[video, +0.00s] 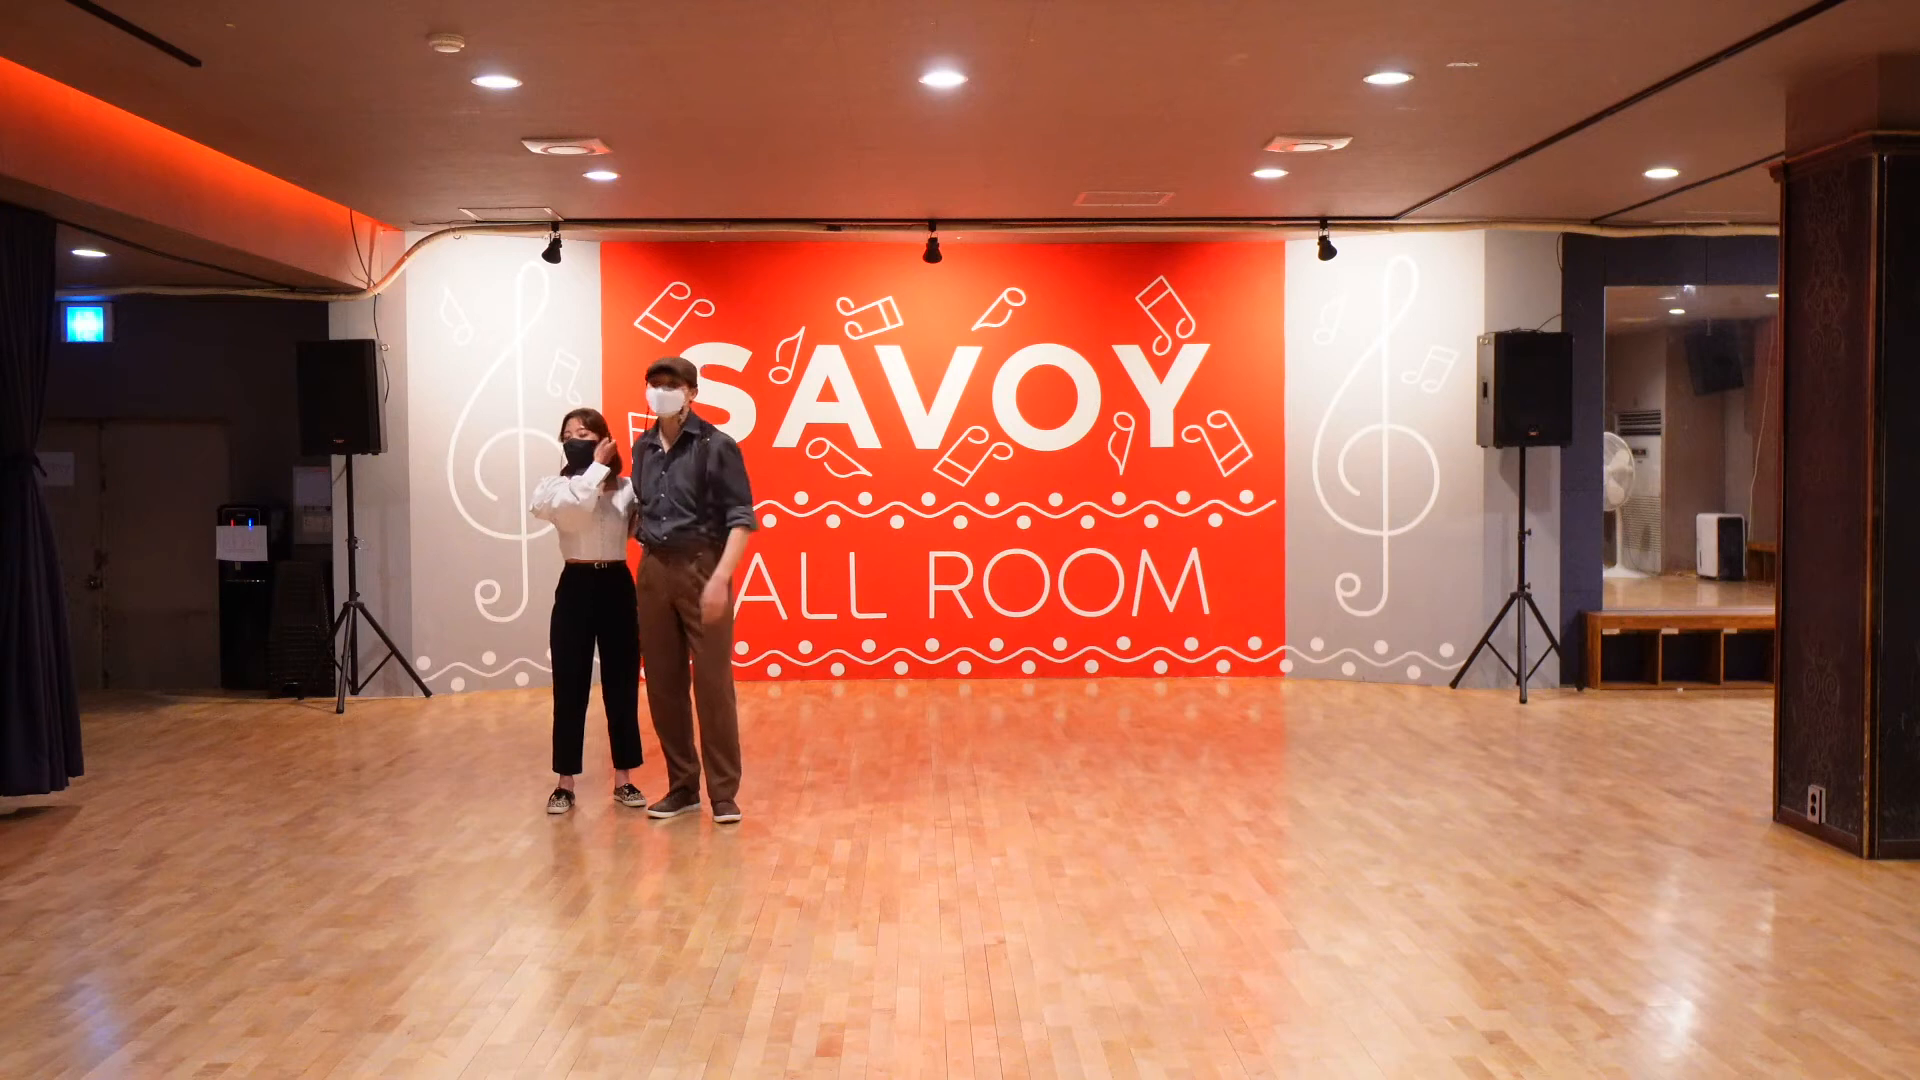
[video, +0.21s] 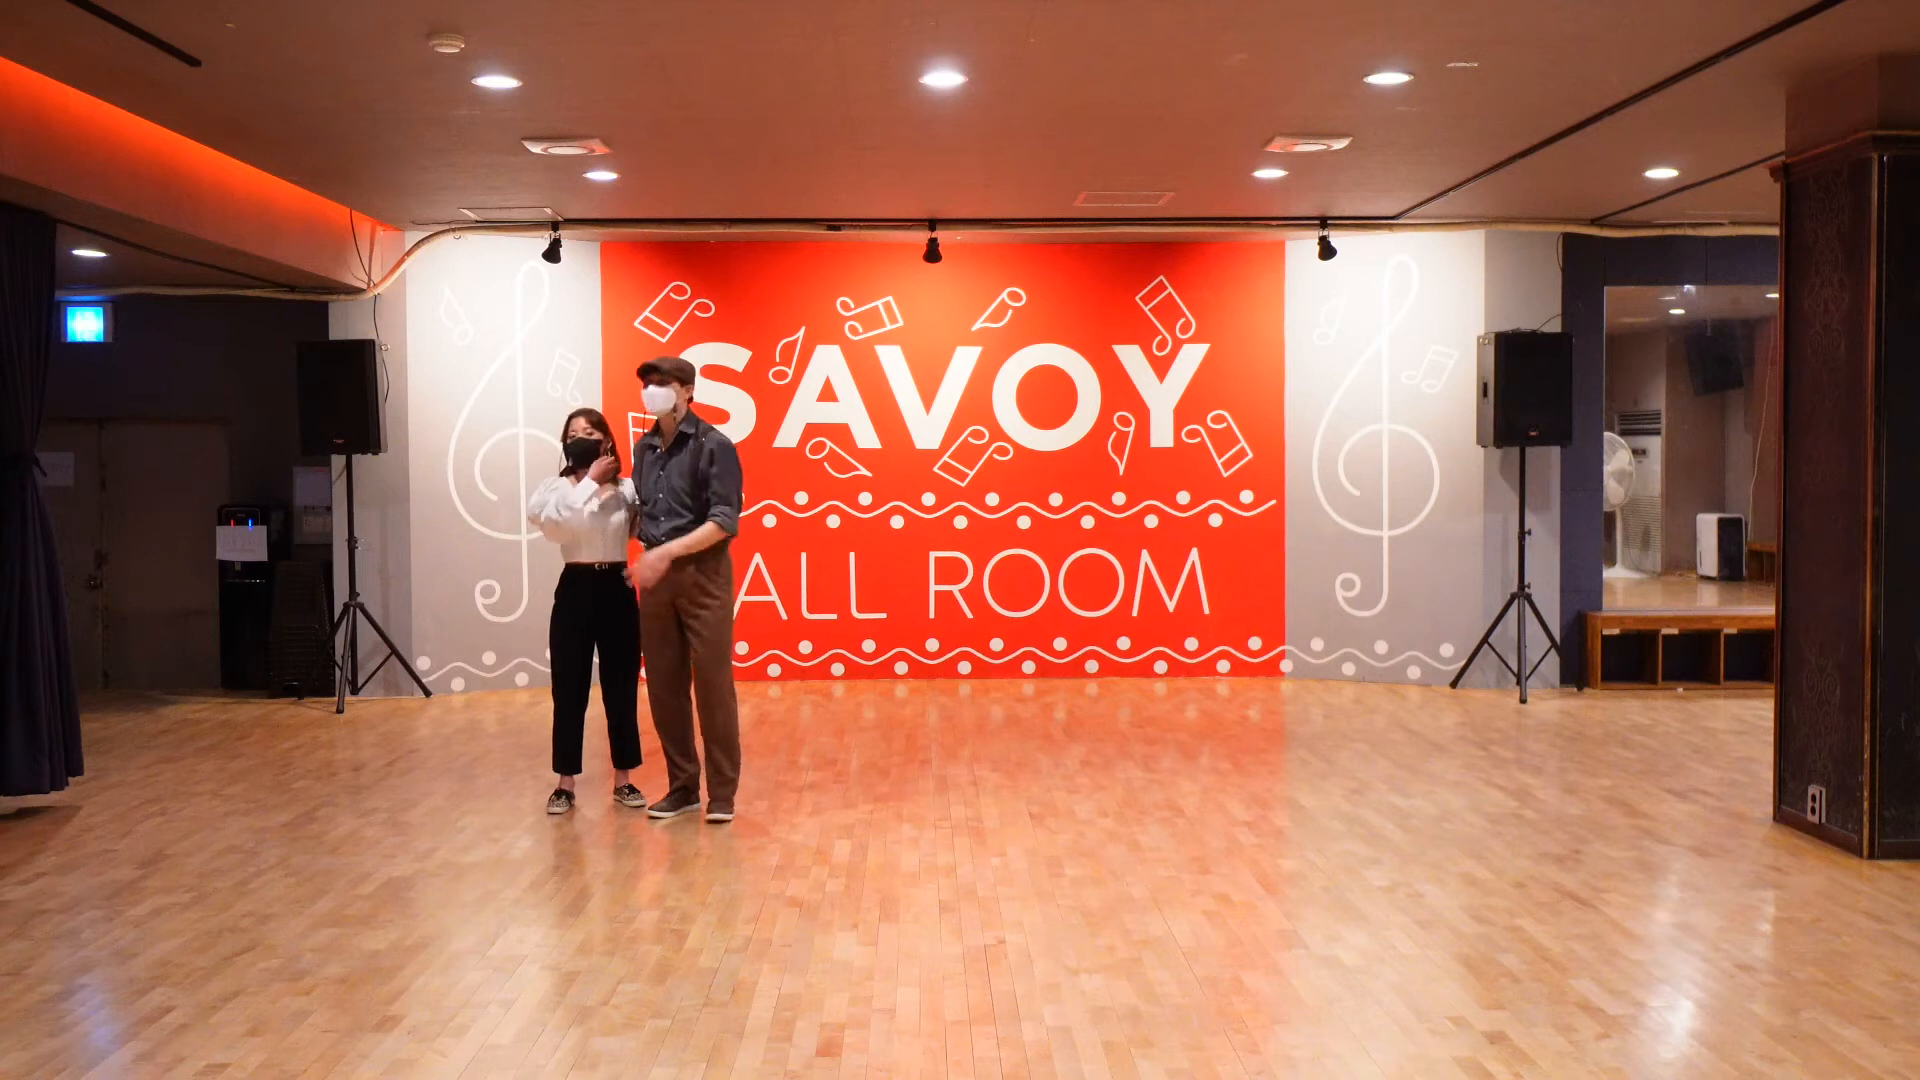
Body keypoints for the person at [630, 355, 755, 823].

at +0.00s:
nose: (660, 393)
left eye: (670, 386)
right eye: (654, 385)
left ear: (690, 394)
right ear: (647, 393)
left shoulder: (717, 446)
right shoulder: (644, 448)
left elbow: (744, 521)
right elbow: (640, 508)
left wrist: (720, 580)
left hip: (704, 569)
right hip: (653, 570)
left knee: (713, 684)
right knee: (664, 685)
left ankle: (724, 795)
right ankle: (683, 787)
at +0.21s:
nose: (648, 392)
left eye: (659, 384)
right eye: (647, 385)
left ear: (684, 392)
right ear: (648, 395)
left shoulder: (714, 445)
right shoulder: (645, 448)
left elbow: (725, 521)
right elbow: (640, 514)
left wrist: (666, 551)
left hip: (704, 570)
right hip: (656, 572)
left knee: (713, 684)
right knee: (665, 685)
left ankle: (722, 793)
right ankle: (683, 787)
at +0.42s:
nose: (646, 389)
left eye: (656, 383)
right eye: (646, 381)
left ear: (682, 390)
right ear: (650, 392)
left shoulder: (707, 444)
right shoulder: (648, 446)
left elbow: (702, 522)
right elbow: (643, 508)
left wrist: (632, 530)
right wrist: (604, 512)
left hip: (701, 569)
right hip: (658, 567)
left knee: (710, 682)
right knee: (665, 685)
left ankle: (720, 793)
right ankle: (683, 787)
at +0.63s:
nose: (635, 385)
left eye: (645, 380)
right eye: (637, 378)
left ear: (672, 391)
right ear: (659, 393)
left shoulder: (696, 446)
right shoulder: (648, 442)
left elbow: (684, 525)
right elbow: (641, 507)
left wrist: (619, 526)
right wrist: (600, 515)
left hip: (696, 569)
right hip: (656, 567)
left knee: (704, 683)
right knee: (665, 683)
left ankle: (720, 793)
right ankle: (683, 786)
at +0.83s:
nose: (632, 399)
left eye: (641, 393)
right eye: (634, 392)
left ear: (664, 402)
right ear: (656, 403)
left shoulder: (686, 456)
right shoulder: (651, 452)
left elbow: (682, 540)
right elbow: (643, 517)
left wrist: (615, 540)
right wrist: (603, 523)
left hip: (684, 579)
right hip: (651, 576)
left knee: (662, 686)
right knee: (648, 688)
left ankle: (706, 784)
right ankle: (680, 787)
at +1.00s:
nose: (623, 394)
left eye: (630, 388)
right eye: (625, 387)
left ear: (652, 397)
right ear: (651, 398)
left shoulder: (674, 452)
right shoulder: (647, 445)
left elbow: (686, 535)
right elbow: (642, 517)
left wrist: (624, 549)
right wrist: (607, 535)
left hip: (677, 575)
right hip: (652, 572)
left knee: (644, 675)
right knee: (661, 677)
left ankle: (647, 794)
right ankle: (682, 786)